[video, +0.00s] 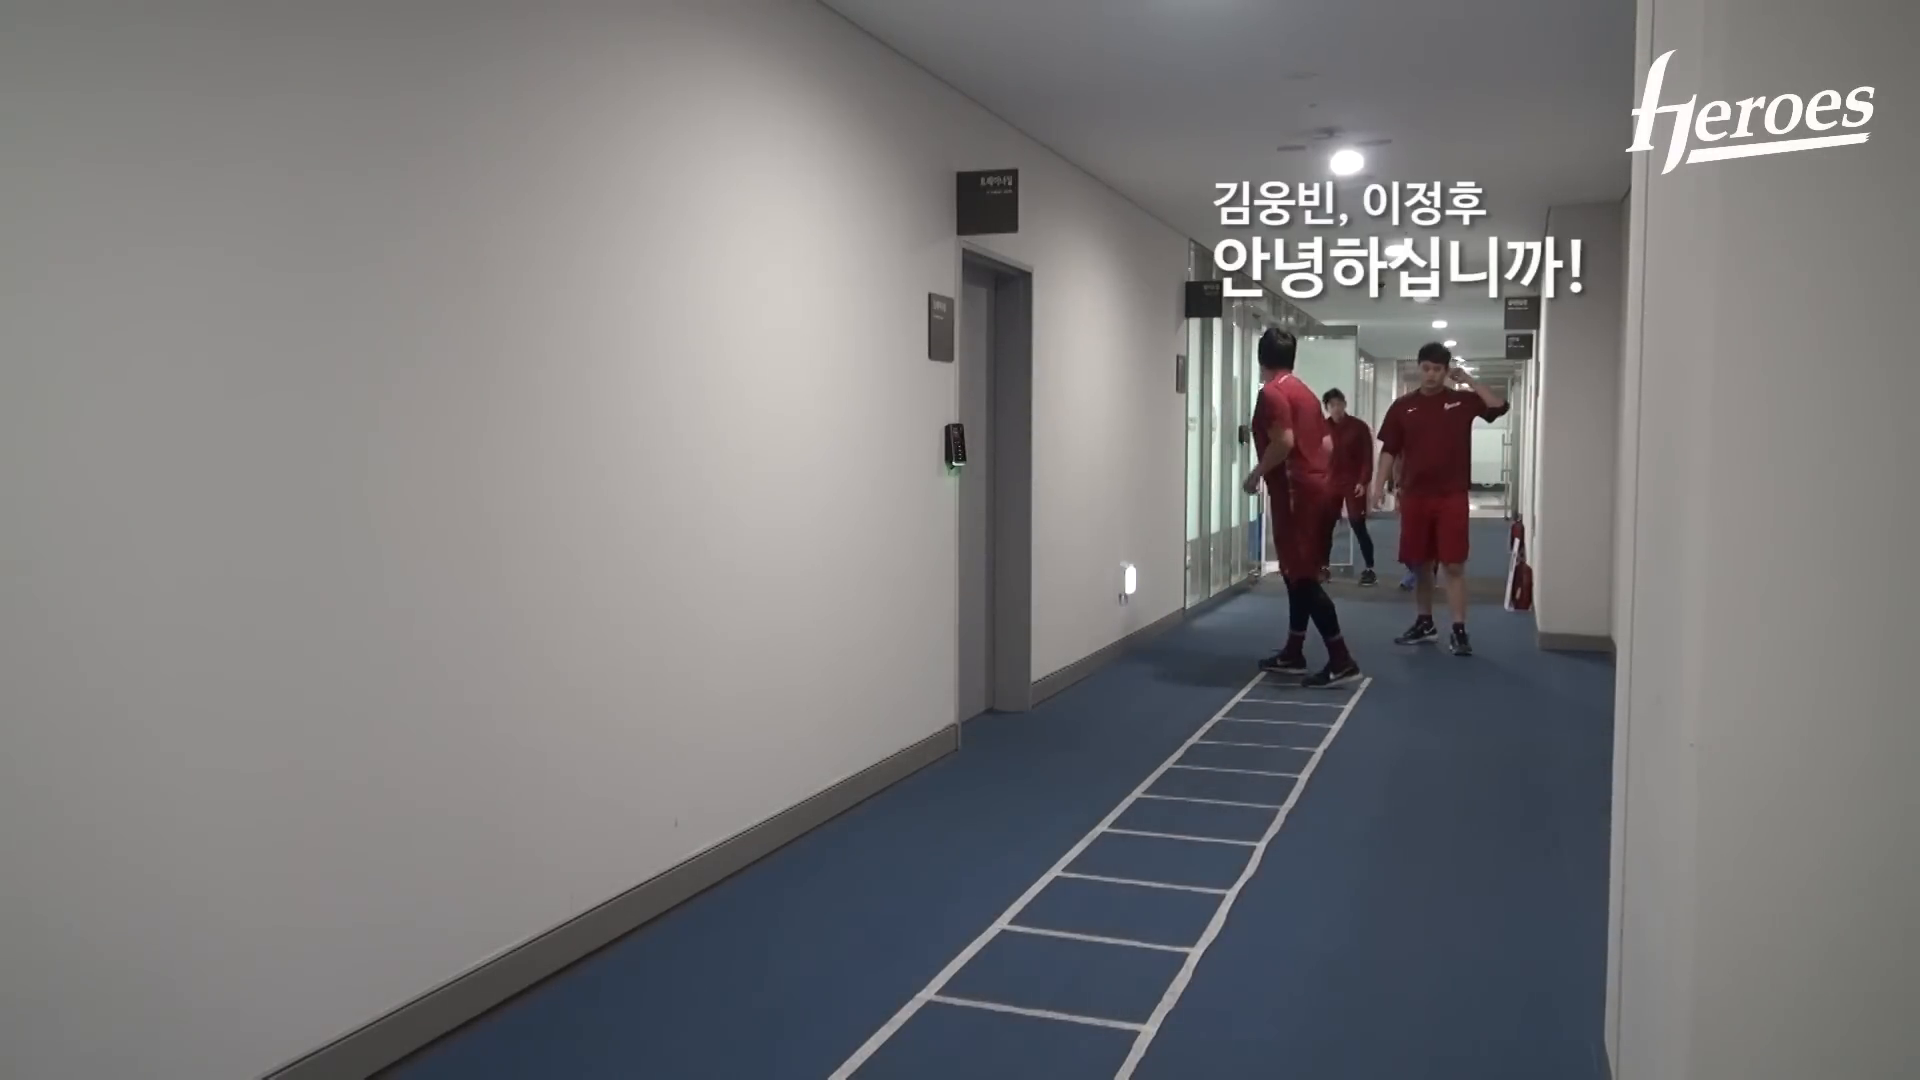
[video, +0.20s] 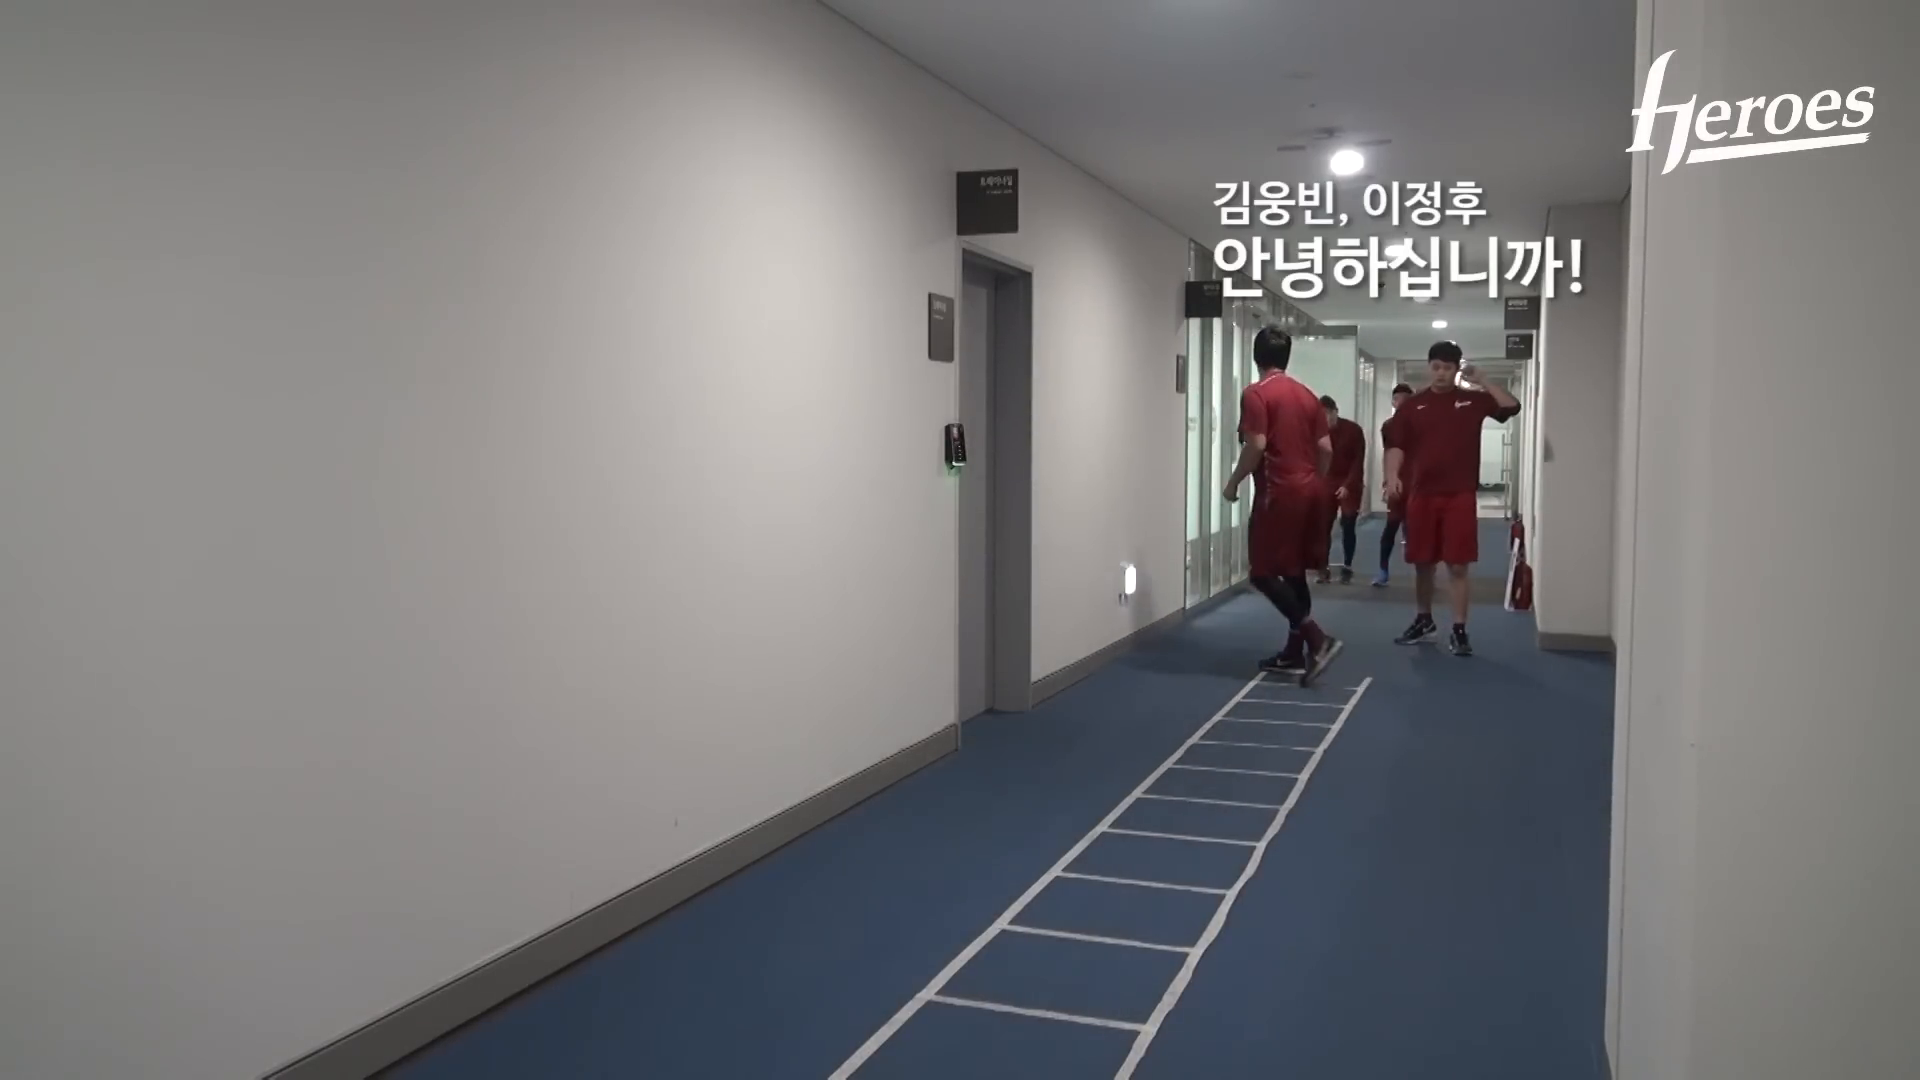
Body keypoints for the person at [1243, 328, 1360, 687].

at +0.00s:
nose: (1258, 362)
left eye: (1258, 356)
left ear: (1261, 358)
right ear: (1291, 358)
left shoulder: (1273, 391)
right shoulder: (1306, 392)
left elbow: (1284, 440)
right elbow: (1325, 443)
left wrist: (1257, 473)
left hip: (1296, 493)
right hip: (1320, 491)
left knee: (1301, 575)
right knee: (1297, 573)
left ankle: (1340, 658)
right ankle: (1293, 652)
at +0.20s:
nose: (1255, 362)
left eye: (1255, 357)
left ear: (1257, 358)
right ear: (1287, 359)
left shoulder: (1256, 393)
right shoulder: (1307, 394)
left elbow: (1257, 445)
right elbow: (1325, 447)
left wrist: (1235, 480)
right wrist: (1317, 484)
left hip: (1277, 495)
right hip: (1311, 493)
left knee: (1262, 574)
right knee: (1295, 571)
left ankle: (1315, 637)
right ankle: (1292, 652)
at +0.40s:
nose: (1242, 363)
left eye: (1241, 357)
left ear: (1243, 360)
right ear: (1273, 360)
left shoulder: (1240, 396)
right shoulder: (1295, 395)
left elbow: (1238, 443)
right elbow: (1314, 448)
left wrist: (1224, 491)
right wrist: (1306, 483)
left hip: (1257, 497)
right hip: (1295, 497)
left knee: (1221, 565)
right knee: (1291, 571)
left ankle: (1241, 642)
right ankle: (1294, 652)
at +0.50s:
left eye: (1231, 362)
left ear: (1231, 363)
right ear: (1261, 361)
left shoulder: (1229, 398)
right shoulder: (1285, 397)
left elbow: (1226, 442)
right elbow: (1306, 450)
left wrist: (1216, 489)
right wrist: (1286, 475)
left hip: (1245, 498)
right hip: (1284, 498)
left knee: (1217, 571)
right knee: (1287, 573)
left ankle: (1198, 648)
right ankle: (1293, 653)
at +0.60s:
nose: (1218, 372)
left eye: (1217, 366)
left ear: (1219, 367)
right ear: (1248, 366)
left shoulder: (1216, 402)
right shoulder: (1271, 400)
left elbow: (1212, 446)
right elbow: (1294, 450)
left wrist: (1204, 491)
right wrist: (1276, 470)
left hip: (1231, 499)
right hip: (1269, 499)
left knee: (1211, 574)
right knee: (1275, 575)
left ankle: (1189, 648)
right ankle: (1292, 653)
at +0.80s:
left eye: (1194, 364)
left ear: (1195, 365)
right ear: (1226, 363)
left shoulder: (1192, 401)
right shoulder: (1251, 396)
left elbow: (1183, 454)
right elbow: (1277, 437)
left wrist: (1173, 499)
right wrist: (1251, 420)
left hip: (1210, 494)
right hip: (1246, 493)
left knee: (1201, 570)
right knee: (1236, 565)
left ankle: (1189, 647)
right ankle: (1267, 625)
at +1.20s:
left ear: (1192, 369)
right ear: (1223, 367)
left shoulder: (1178, 400)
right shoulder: (1239, 400)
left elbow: (1160, 449)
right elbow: (1261, 409)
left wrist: (1164, 482)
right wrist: (1242, 382)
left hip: (1187, 494)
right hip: (1227, 496)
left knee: (1189, 569)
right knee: (1222, 567)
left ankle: (1188, 648)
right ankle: (1223, 634)